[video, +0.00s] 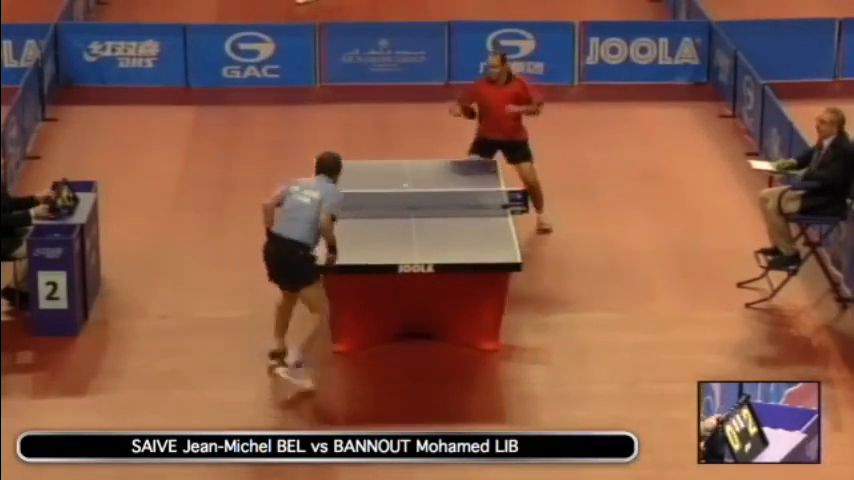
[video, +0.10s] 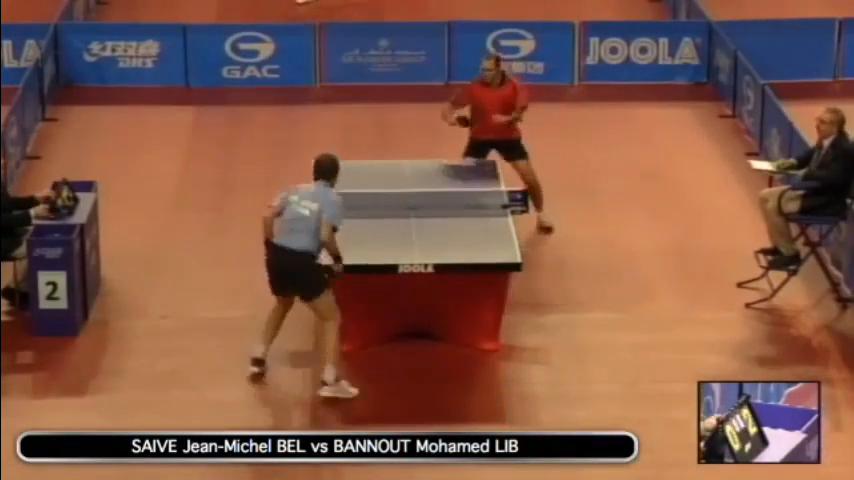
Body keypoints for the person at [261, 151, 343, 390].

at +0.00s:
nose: (339, 177)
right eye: (339, 173)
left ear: (316, 169)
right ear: (337, 173)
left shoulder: (297, 184)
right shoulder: (333, 192)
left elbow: (268, 205)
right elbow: (324, 222)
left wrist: (271, 234)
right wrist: (332, 249)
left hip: (274, 247)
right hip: (296, 251)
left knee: (289, 295)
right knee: (322, 311)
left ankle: (277, 345)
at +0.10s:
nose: (336, 178)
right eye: (336, 174)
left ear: (314, 172)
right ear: (335, 176)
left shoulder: (295, 191)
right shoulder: (332, 199)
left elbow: (268, 216)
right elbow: (326, 236)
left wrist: (270, 245)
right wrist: (337, 259)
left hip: (277, 257)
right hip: (303, 261)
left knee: (283, 303)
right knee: (331, 317)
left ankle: (259, 355)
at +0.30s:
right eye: (333, 180)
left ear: (311, 178)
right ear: (333, 183)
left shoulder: (293, 196)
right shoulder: (327, 212)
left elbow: (266, 220)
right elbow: (332, 255)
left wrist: (276, 242)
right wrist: (355, 264)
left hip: (272, 265)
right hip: (300, 271)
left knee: (269, 300)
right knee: (330, 320)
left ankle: (256, 352)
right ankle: (331, 382)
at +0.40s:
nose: (329, 183)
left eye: (325, 177)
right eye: (329, 179)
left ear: (307, 176)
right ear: (327, 183)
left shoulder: (290, 191)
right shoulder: (315, 214)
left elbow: (266, 213)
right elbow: (310, 257)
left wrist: (288, 223)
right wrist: (336, 272)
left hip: (256, 254)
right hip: (277, 267)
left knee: (255, 295)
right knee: (315, 312)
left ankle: (224, 341)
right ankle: (315, 375)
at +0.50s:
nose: (324, 193)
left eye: (322, 189)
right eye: (323, 190)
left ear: (301, 186)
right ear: (319, 193)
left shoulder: (286, 199)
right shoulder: (300, 222)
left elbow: (270, 213)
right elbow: (283, 259)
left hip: (249, 258)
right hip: (266, 271)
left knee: (242, 302)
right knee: (309, 315)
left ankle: (203, 338)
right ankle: (304, 375)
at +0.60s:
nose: (312, 212)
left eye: (312, 208)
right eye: (310, 208)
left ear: (292, 206)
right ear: (301, 211)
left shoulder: (283, 224)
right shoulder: (275, 231)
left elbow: (272, 244)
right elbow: (236, 258)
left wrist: (286, 252)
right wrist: (234, 294)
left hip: (248, 286)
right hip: (255, 290)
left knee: (217, 316)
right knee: (299, 319)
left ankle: (175, 341)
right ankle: (302, 377)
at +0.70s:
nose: (288, 221)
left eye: (287, 217)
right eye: (288, 217)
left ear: (270, 210)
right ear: (283, 218)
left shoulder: (266, 231)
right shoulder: (252, 234)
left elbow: (249, 254)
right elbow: (209, 246)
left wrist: (262, 263)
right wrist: (205, 281)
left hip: (233, 289)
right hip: (240, 293)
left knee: (214, 321)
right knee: (289, 321)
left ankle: (165, 343)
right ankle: (301, 378)